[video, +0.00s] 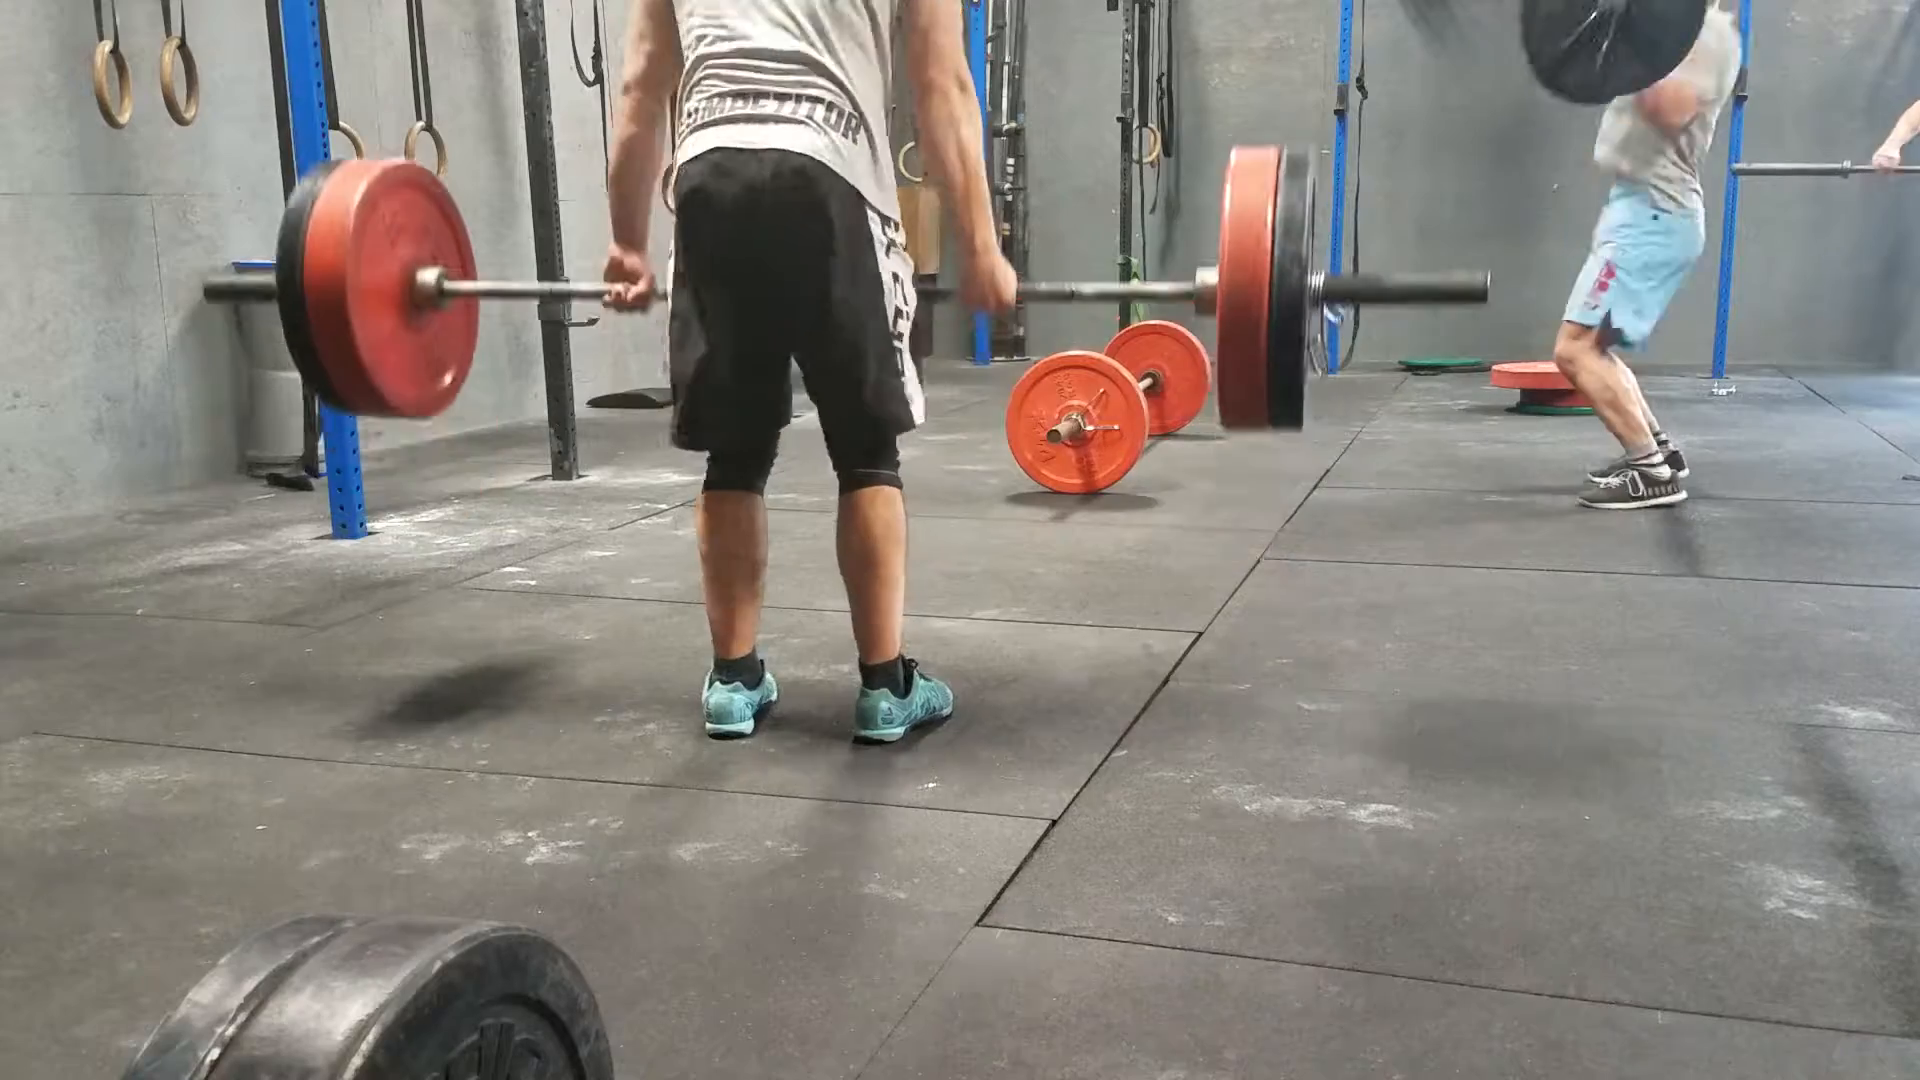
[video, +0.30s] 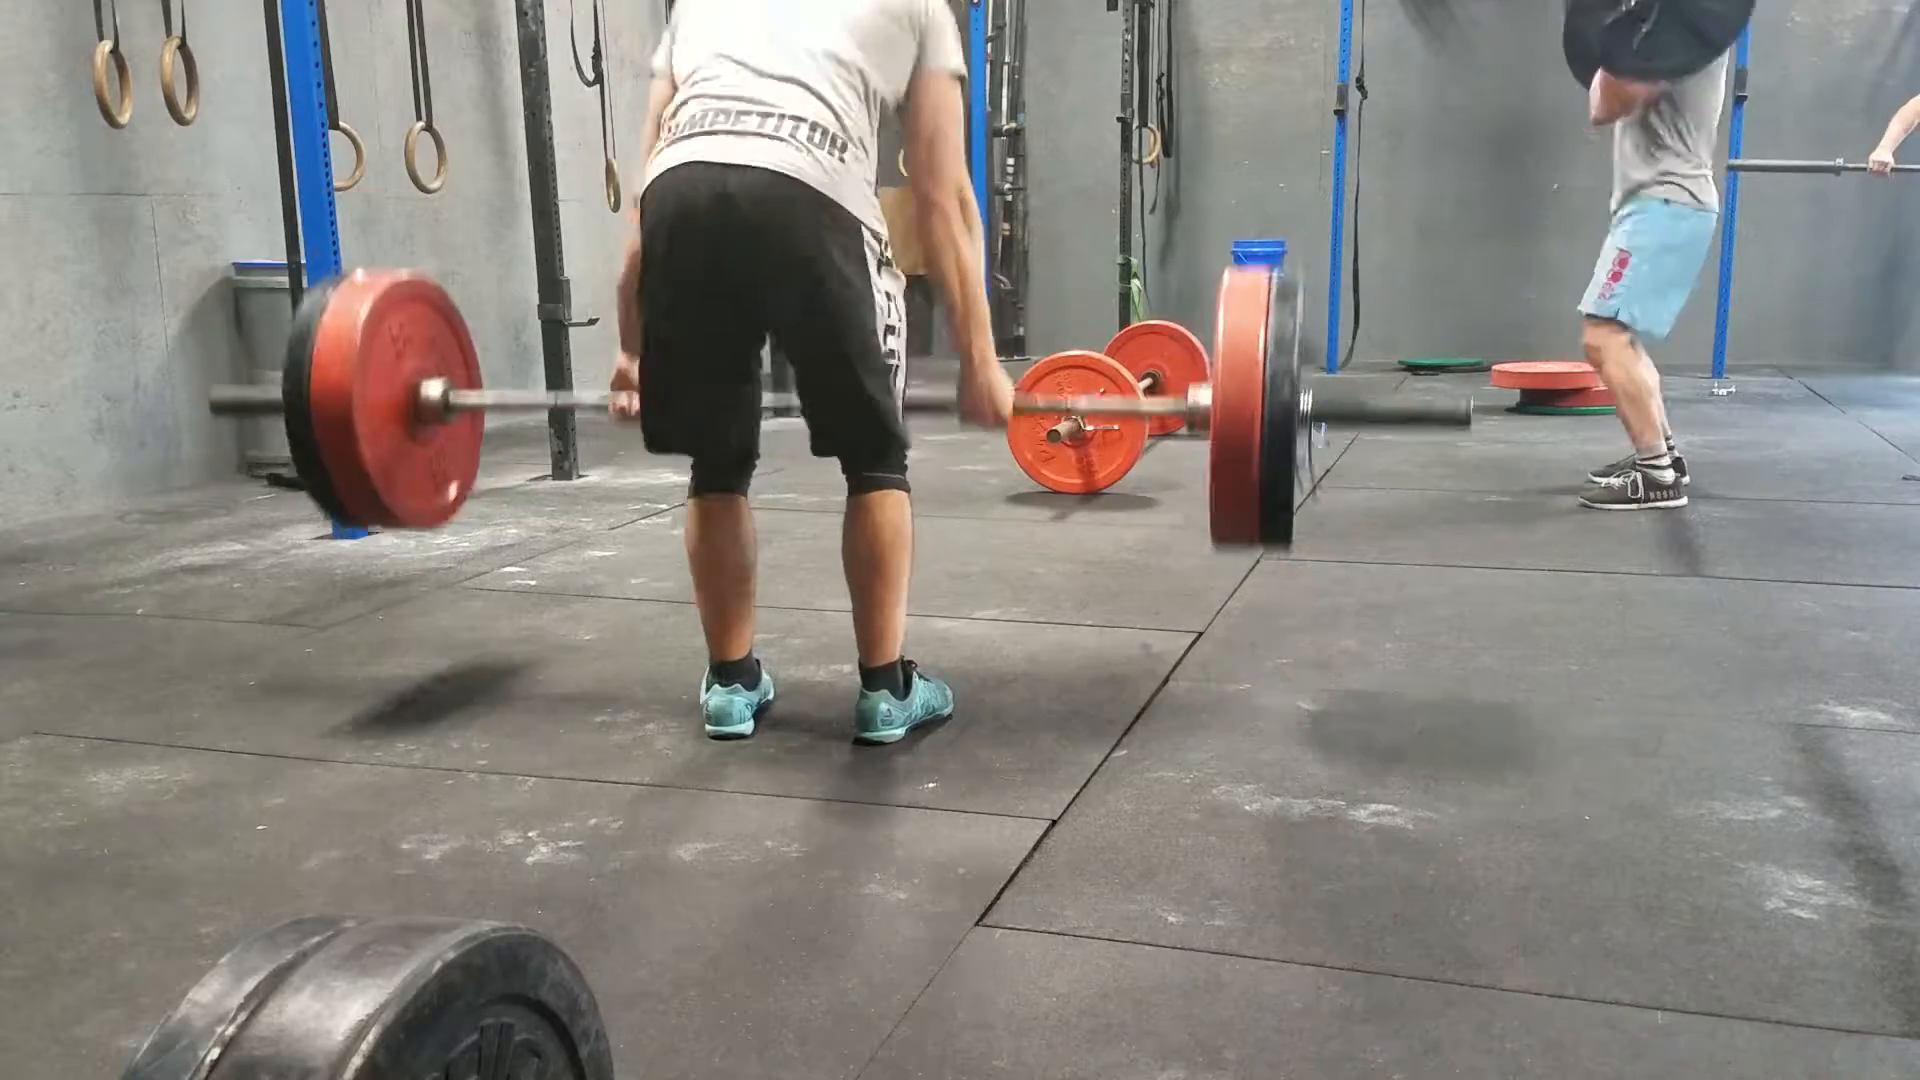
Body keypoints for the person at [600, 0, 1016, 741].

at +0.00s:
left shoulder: (674, 4)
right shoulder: (909, 3)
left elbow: (642, 85)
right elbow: (942, 82)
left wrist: (626, 240)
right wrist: (981, 243)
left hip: (709, 176)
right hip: (828, 173)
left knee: (734, 446)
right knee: (866, 448)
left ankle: (732, 679)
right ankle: (885, 685)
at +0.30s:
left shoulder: (697, 9)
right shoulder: (916, 8)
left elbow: (653, 194)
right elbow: (942, 192)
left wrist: (632, 348)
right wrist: (981, 359)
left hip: (682, 201)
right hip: (808, 203)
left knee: (716, 465)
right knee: (874, 459)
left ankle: (730, 684)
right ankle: (884, 688)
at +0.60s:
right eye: (918, 167)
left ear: (823, 146)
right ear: (909, 163)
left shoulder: (745, 171)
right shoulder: (931, 207)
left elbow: (658, 384)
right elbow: (958, 371)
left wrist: (651, 520)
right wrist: (993, 532)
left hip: (685, 274)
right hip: (827, 289)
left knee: (728, 481)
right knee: (901, 476)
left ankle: (736, 675)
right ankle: (886, 682)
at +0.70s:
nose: (916, 125)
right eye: (917, 118)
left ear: (819, 99)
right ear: (906, 111)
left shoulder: (743, 131)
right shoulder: (928, 161)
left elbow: (663, 349)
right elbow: (961, 330)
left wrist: (653, 482)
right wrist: (996, 494)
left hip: (688, 235)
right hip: (823, 247)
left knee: (729, 471)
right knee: (891, 465)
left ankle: (734, 682)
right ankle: (887, 686)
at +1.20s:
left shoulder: (689, 4)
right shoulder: (924, 3)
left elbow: (655, 91)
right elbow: (954, 91)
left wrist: (638, 249)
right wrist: (993, 255)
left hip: (721, 184)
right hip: (845, 185)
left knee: (736, 452)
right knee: (877, 453)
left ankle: (731, 680)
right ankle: (885, 685)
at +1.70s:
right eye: (920, 138)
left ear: (826, 119)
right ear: (911, 131)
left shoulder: (748, 151)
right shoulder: (932, 177)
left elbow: (670, 379)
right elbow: (967, 351)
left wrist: (659, 498)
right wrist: (1001, 508)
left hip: (699, 261)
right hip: (838, 271)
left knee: (736, 475)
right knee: (902, 473)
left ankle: (735, 678)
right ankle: (885, 681)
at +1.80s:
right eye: (917, 80)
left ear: (822, 64)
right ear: (909, 74)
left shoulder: (746, 98)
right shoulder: (933, 126)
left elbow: (672, 305)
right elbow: (965, 293)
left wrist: (656, 448)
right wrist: (1002, 457)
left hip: (696, 218)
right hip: (830, 228)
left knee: (736, 467)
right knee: (893, 465)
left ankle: (734, 680)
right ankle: (886, 686)